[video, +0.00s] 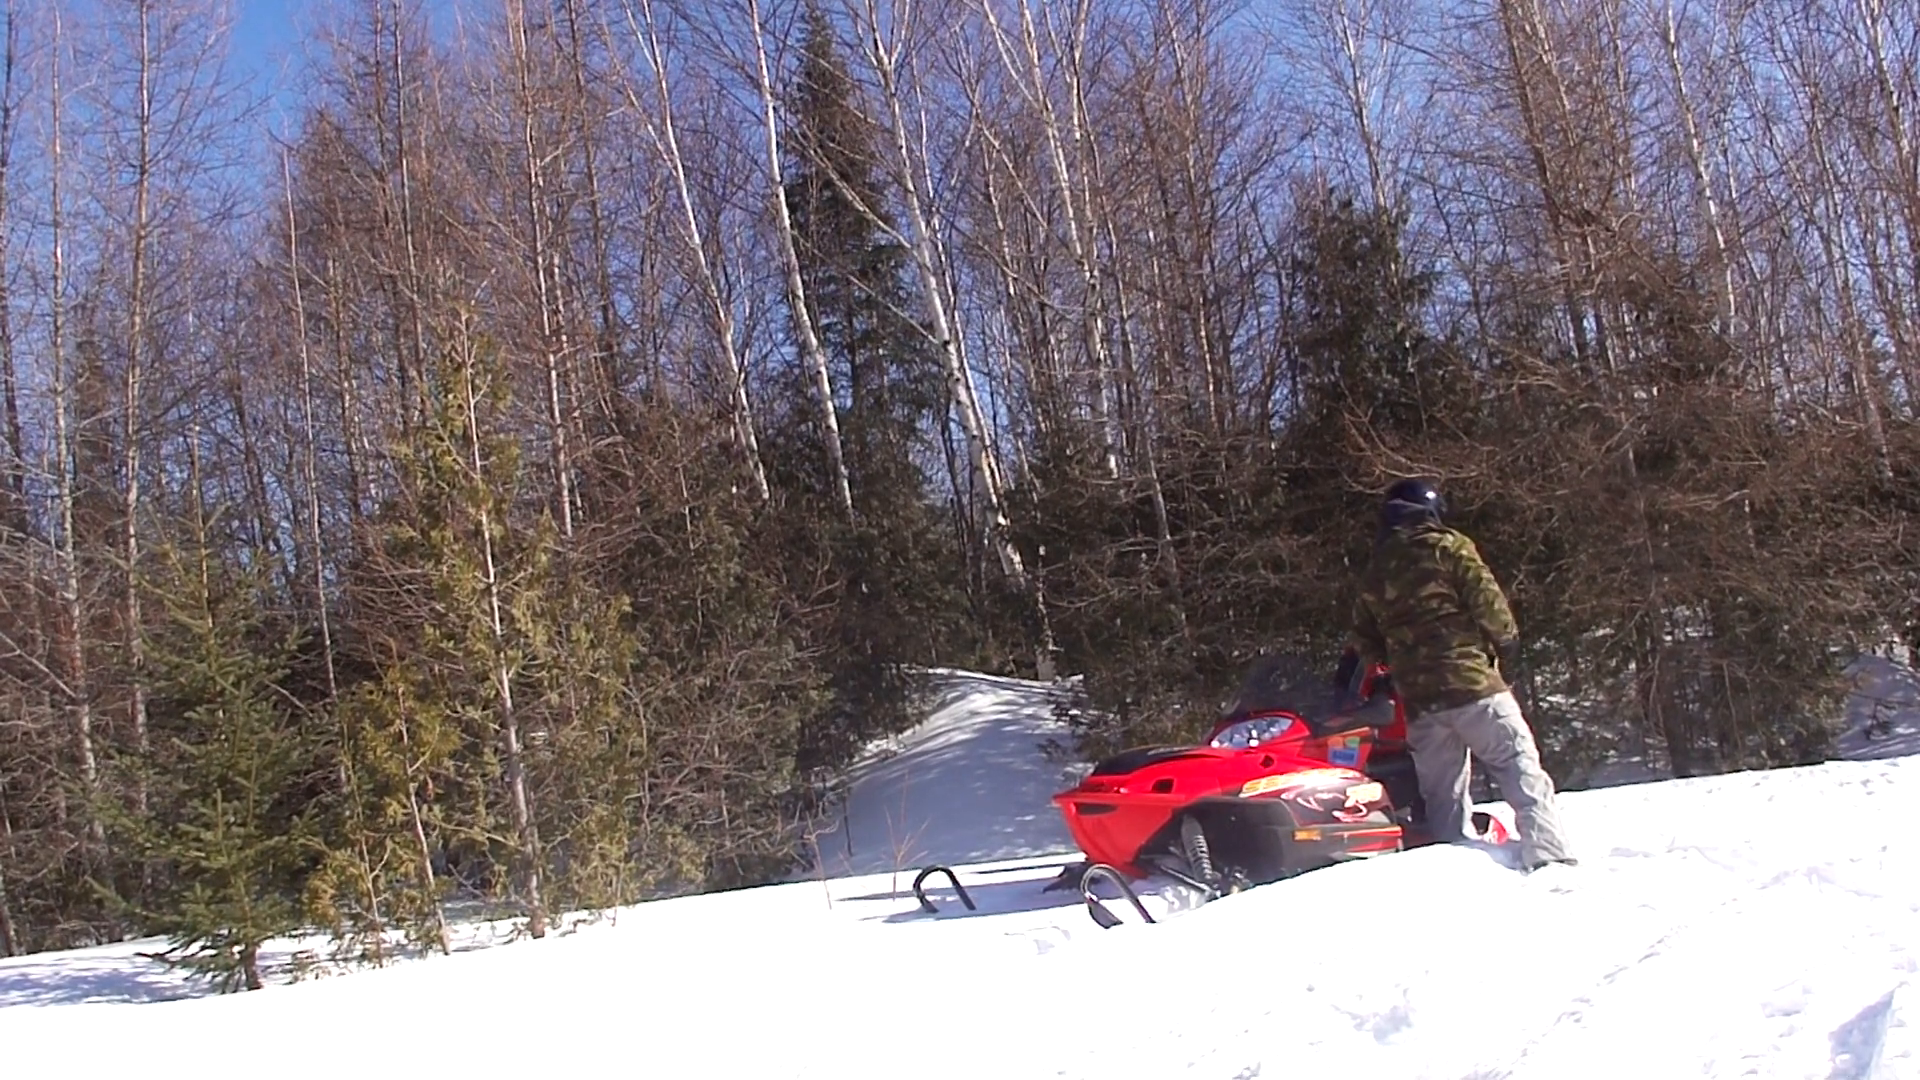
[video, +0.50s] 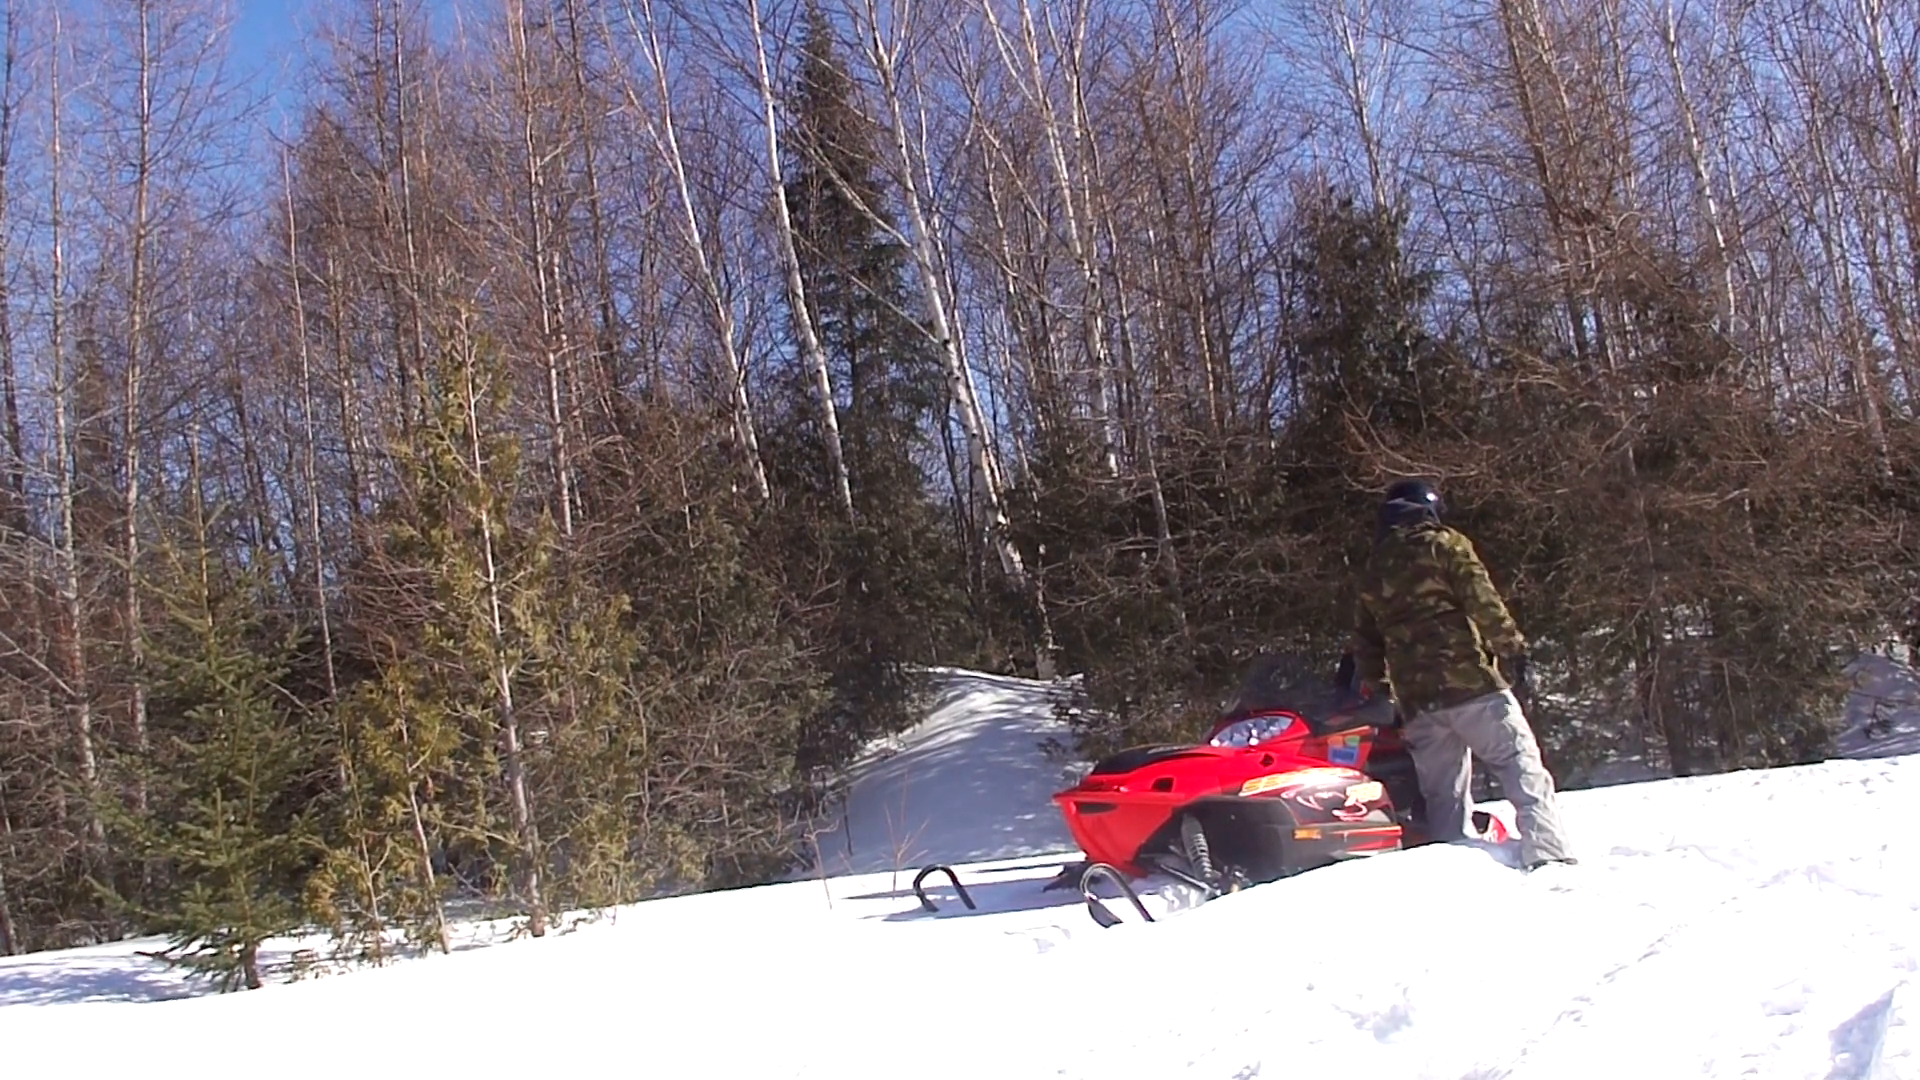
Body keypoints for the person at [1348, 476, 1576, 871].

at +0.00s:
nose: (1442, 516)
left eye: (1438, 511)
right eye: (1437, 509)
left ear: (1390, 516)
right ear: (1429, 511)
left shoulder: (1375, 567)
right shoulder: (1449, 544)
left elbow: (1365, 636)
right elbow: (1492, 609)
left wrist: (1398, 660)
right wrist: (1507, 647)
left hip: (1419, 698)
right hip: (1472, 684)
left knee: (1442, 802)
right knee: (1517, 762)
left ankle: (1451, 878)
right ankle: (1546, 854)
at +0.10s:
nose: (1440, 515)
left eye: (1437, 508)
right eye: (1436, 508)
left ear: (1389, 515)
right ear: (1427, 510)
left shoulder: (1373, 567)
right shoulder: (1447, 544)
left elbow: (1368, 637)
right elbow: (1496, 613)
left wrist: (1406, 657)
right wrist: (1504, 631)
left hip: (1419, 700)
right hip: (1473, 685)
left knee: (1443, 804)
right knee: (1519, 760)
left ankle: (1451, 880)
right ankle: (1546, 853)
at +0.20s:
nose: (1439, 513)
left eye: (1437, 507)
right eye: (1436, 507)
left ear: (1390, 514)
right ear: (1427, 509)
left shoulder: (1373, 566)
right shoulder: (1447, 545)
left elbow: (1367, 637)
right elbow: (1494, 611)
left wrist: (1405, 659)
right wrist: (1508, 633)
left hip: (1419, 701)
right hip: (1474, 685)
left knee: (1443, 803)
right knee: (1519, 759)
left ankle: (1451, 880)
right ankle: (1546, 852)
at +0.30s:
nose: (1439, 514)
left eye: (1436, 508)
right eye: (1435, 507)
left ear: (1389, 514)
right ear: (1426, 509)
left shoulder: (1373, 567)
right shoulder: (1445, 544)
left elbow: (1370, 641)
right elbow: (1486, 603)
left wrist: (1403, 676)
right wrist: (1514, 647)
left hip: (1419, 700)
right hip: (1473, 685)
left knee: (1443, 801)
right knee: (1520, 760)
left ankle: (1448, 880)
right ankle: (1546, 853)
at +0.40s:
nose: (1439, 514)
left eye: (1436, 508)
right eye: (1435, 507)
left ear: (1390, 514)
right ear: (1427, 509)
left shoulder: (1373, 567)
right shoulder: (1447, 544)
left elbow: (1369, 640)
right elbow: (1486, 604)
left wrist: (1388, 683)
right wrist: (1518, 656)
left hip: (1417, 702)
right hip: (1471, 687)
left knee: (1443, 801)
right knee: (1519, 759)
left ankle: (1449, 880)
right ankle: (1546, 852)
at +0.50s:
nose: (1440, 513)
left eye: (1437, 506)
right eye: (1436, 506)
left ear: (1390, 513)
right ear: (1427, 508)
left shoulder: (1372, 566)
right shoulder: (1446, 542)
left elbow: (1366, 639)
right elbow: (1483, 603)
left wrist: (1380, 686)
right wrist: (1516, 654)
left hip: (1415, 699)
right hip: (1470, 684)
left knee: (1442, 800)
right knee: (1518, 760)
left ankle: (1450, 879)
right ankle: (1547, 853)